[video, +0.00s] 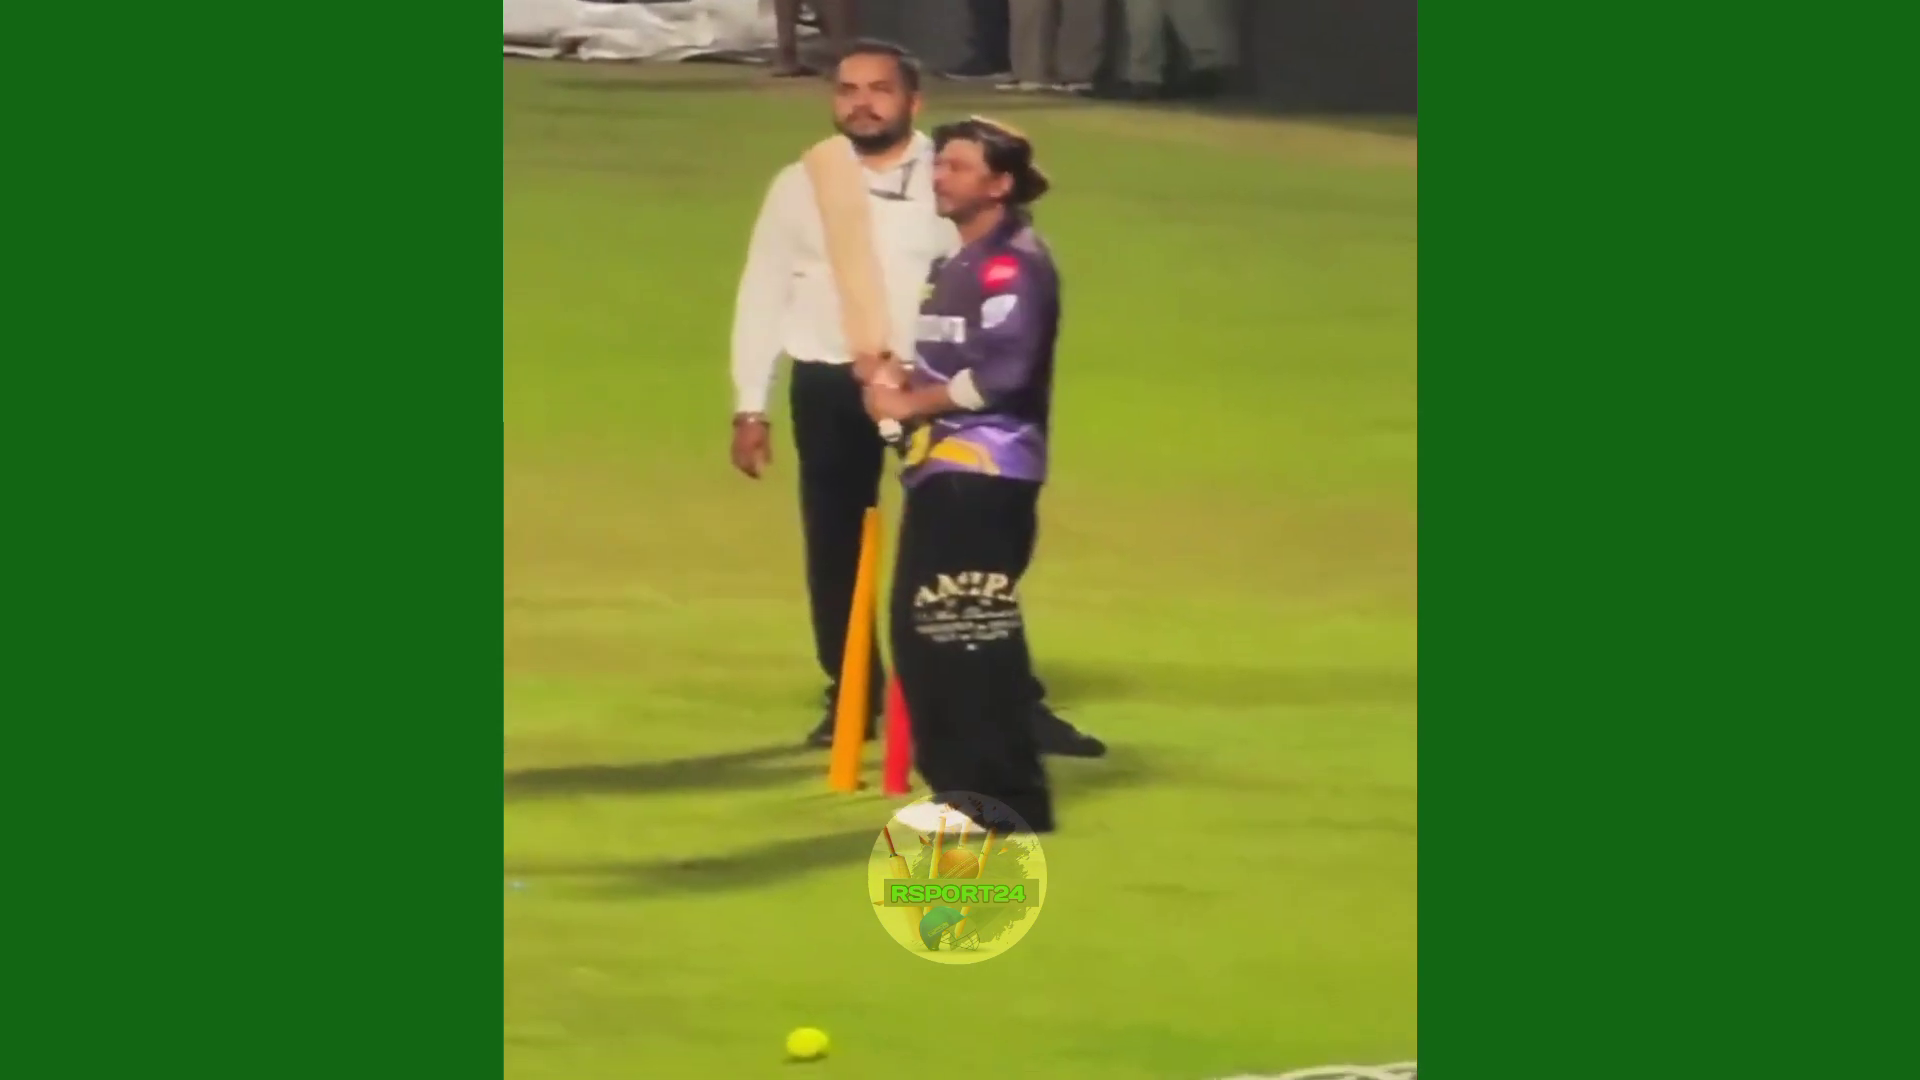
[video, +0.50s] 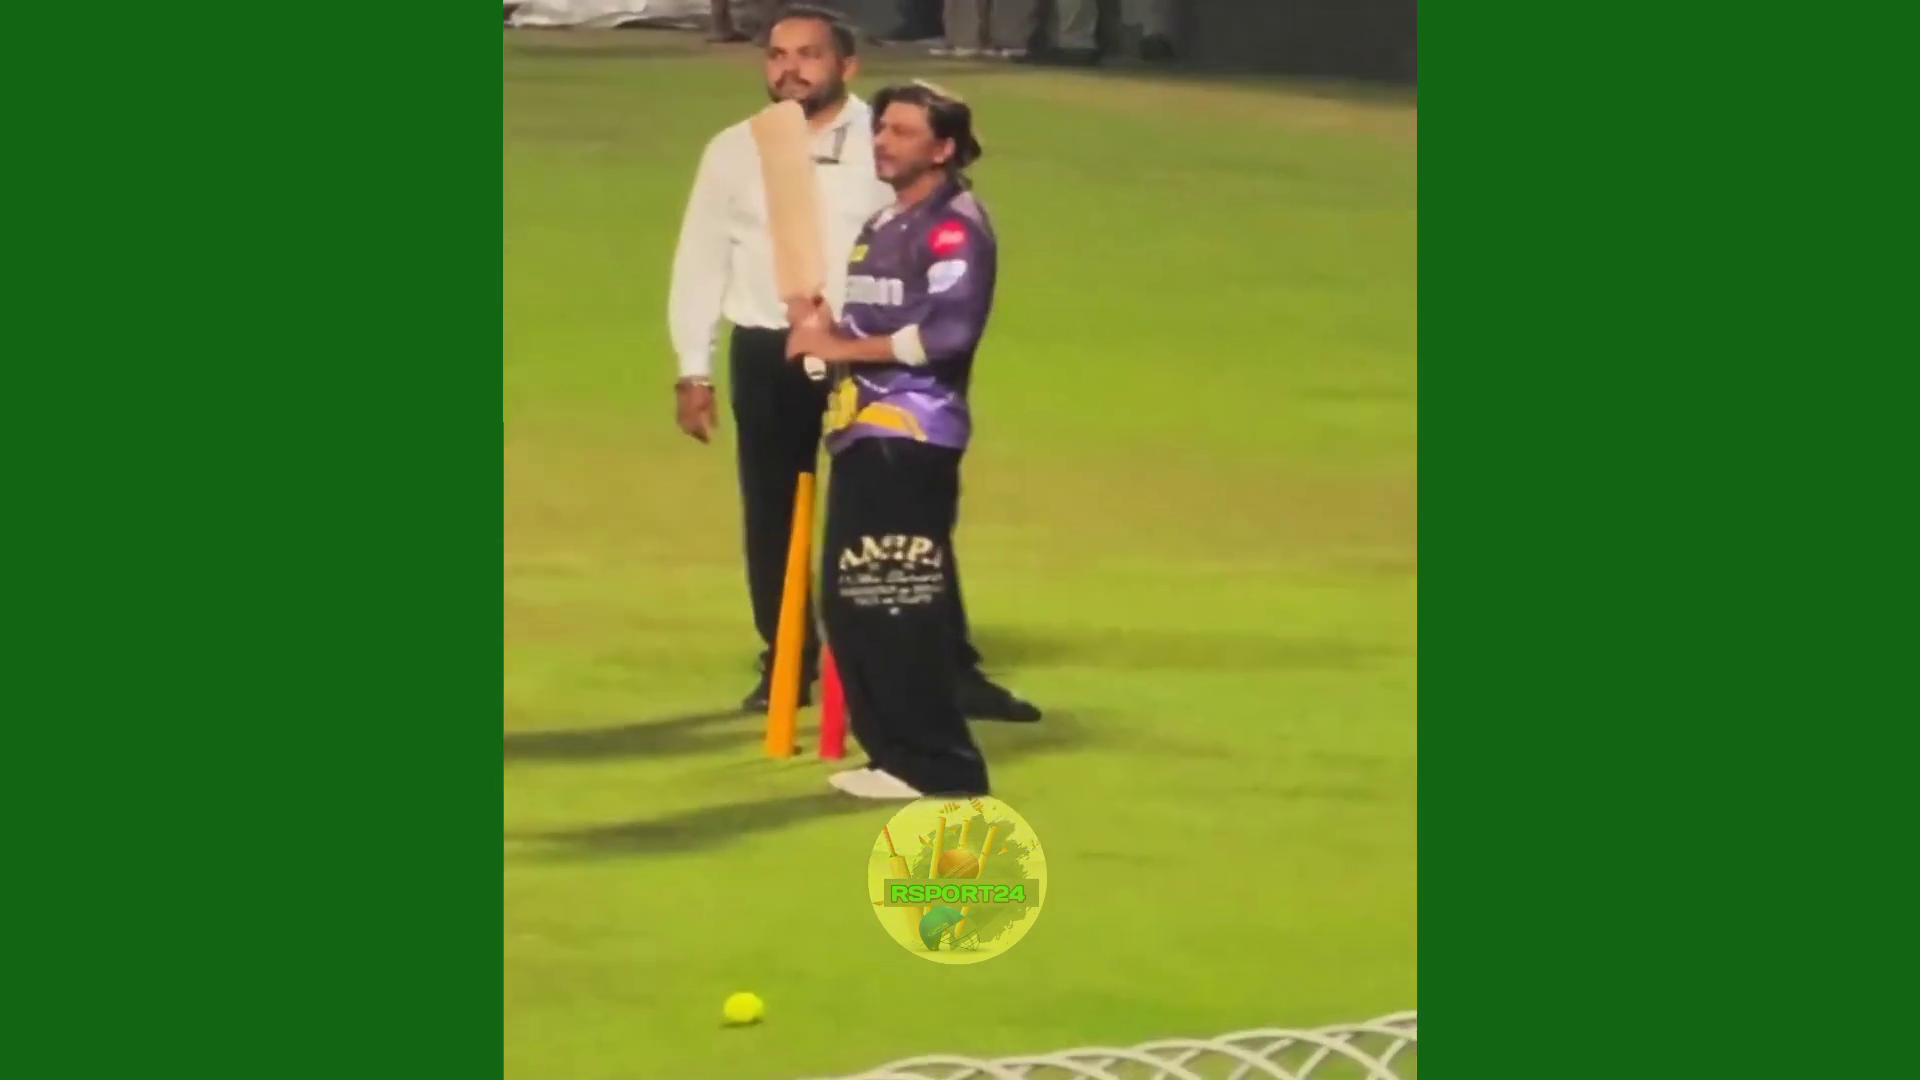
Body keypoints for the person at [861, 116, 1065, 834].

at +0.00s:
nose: (939, 176)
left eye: (954, 167)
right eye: (938, 165)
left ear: (1000, 183)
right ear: (944, 180)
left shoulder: (1015, 265)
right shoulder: (955, 263)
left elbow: (1005, 374)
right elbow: (949, 363)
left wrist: (911, 402)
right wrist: (899, 371)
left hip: (988, 472)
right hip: (945, 467)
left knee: (973, 636)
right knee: (925, 630)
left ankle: (1004, 798)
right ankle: (963, 792)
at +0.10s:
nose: (927, 171)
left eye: (943, 162)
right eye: (926, 160)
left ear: (989, 177)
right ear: (930, 173)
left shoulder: (1007, 260)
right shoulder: (939, 259)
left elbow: (994, 369)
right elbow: (932, 360)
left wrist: (897, 391)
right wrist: (884, 365)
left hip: (973, 468)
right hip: (926, 463)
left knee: (966, 633)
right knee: (909, 627)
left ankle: (995, 794)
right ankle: (950, 789)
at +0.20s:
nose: (910, 167)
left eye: (926, 157)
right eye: (910, 155)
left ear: (973, 172)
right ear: (913, 169)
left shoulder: (989, 255)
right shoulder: (923, 251)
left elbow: (976, 363)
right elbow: (912, 351)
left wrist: (873, 378)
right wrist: (860, 351)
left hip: (950, 463)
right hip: (906, 456)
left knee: (940, 629)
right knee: (892, 622)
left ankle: (976, 792)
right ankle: (934, 782)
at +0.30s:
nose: (904, 159)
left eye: (921, 150)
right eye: (903, 147)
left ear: (965, 165)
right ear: (899, 158)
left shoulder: (980, 247)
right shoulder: (910, 242)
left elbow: (968, 355)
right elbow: (902, 342)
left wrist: (860, 368)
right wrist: (849, 341)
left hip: (939, 454)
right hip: (892, 447)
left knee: (932, 619)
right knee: (877, 613)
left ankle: (969, 784)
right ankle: (921, 774)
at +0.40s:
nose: (887, 150)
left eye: (905, 141)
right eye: (886, 138)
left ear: (949, 156)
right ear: (882, 151)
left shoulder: (963, 238)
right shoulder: (890, 234)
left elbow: (951, 347)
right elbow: (880, 336)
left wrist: (843, 358)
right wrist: (829, 336)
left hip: (920, 444)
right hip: (874, 436)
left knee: (914, 609)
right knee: (861, 603)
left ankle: (951, 776)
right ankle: (903, 765)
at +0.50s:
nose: (882, 143)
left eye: (900, 133)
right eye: (881, 130)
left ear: (943, 148)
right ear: (876, 140)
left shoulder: (957, 228)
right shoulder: (883, 224)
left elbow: (948, 336)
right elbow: (877, 325)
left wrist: (840, 349)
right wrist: (826, 324)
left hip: (913, 435)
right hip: (868, 430)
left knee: (906, 601)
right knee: (856, 596)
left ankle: (939, 765)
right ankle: (896, 756)